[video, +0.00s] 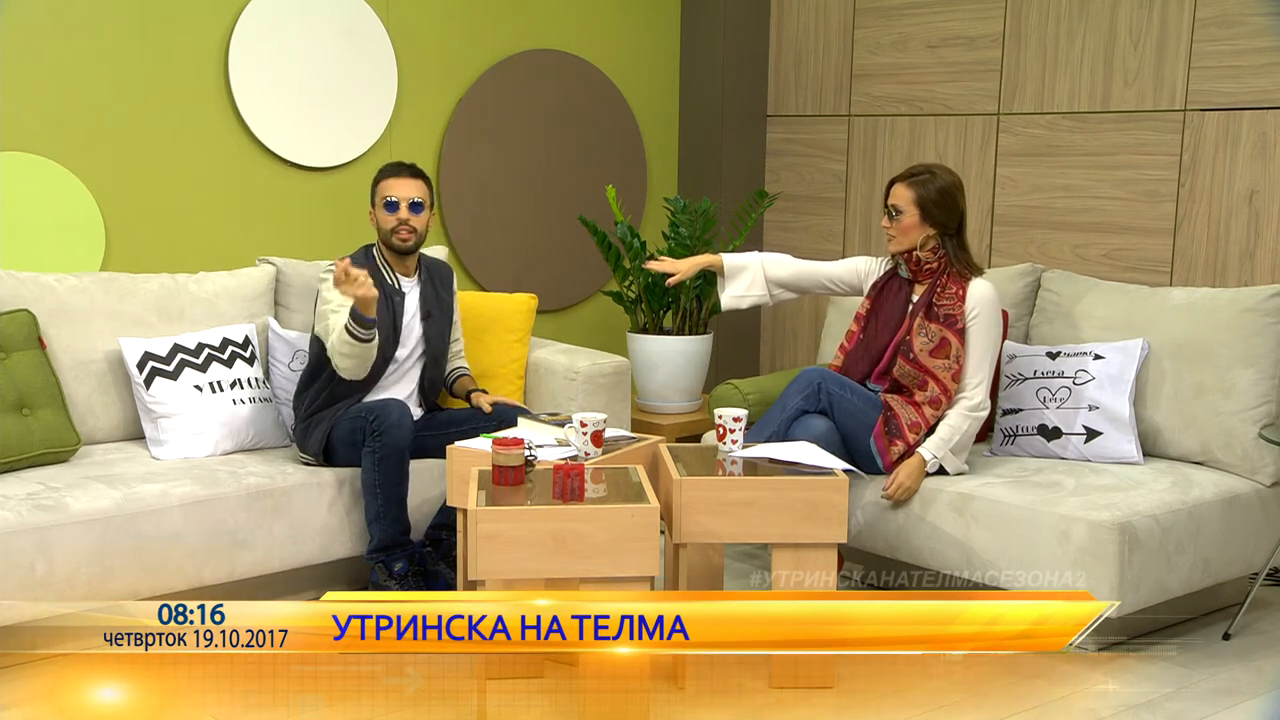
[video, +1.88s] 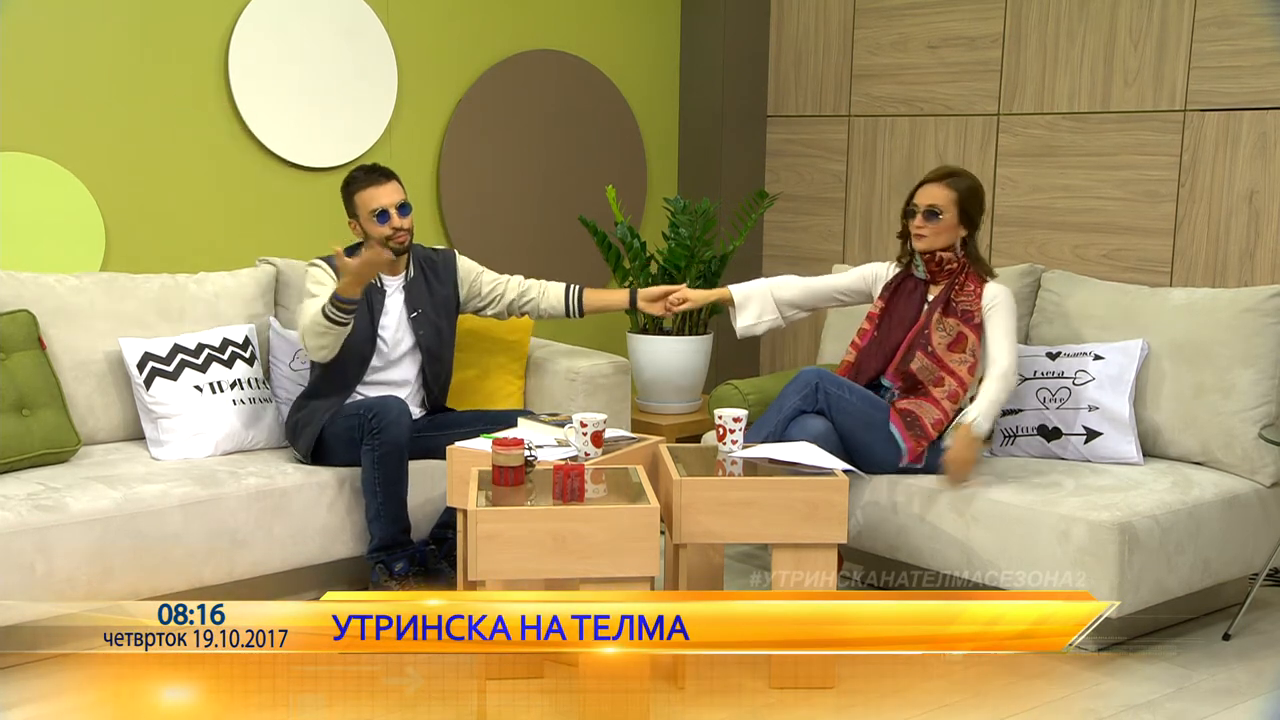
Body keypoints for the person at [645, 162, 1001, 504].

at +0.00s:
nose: (885, 222)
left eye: (897, 214)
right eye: (887, 212)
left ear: (934, 222)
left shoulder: (976, 295)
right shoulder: (883, 271)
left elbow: (973, 400)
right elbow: (799, 272)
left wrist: (921, 461)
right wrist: (707, 262)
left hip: (915, 440)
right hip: (862, 423)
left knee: (817, 379)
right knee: (811, 429)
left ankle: (728, 467)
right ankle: (808, 568)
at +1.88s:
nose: (917, 223)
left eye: (933, 214)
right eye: (914, 213)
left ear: (964, 227)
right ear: (907, 219)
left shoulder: (989, 295)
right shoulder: (890, 276)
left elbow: (1002, 372)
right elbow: (807, 290)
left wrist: (971, 429)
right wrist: (714, 295)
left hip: (922, 436)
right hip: (864, 421)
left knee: (813, 380)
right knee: (809, 431)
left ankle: (734, 468)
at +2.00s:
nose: (927, 223)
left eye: (943, 216)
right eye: (922, 213)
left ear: (972, 227)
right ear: (914, 219)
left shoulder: (991, 294)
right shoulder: (897, 279)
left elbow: (1032, 316)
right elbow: (811, 295)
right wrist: (716, 302)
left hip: (926, 440)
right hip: (868, 423)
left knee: (812, 380)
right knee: (809, 429)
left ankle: (732, 475)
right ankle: (804, 571)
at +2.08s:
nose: (934, 223)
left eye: (949, 216)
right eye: (928, 214)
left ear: (976, 229)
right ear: (918, 222)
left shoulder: (994, 292)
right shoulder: (896, 282)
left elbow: (1044, 276)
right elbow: (810, 294)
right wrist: (718, 303)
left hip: (924, 440)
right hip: (865, 422)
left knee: (812, 381)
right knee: (810, 432)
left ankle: (734, 472)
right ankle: (802, 570)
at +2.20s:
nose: (939, 226)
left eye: (954, 217)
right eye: (933, 216)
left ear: (981, 229)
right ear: (923, 224)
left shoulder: (996, 293)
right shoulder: (900, 280)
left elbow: (1040, 241)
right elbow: (816, 292)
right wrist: (723, 300)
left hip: (923, 436)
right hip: (865, 418)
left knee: (812, 380)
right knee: (800, 430)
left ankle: (739, 459)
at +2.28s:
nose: (941, 225)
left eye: (956, 217)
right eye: (934, 215)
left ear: (983, 228)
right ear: (925, 222)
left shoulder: (998, 291)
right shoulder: (901, 280)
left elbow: (1039, 232)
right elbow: (816, 296)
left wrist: (1090, 150)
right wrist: (724, 300)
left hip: (924, 433)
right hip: (863, 415)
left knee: (812, 381)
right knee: (805, 438)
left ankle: (741, 458)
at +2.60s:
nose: (947, 229)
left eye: (962, 220)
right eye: (940, 219)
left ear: (988, 231)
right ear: (930, 226)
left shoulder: (1001, 294)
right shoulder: (905, 280)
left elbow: (1045, 237)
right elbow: (820, 290)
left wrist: (1100, 157)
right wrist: (725, 297)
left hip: (925, 433)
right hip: (866, 415)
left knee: (813, 380)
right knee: (807, 434)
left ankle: (731, 469)